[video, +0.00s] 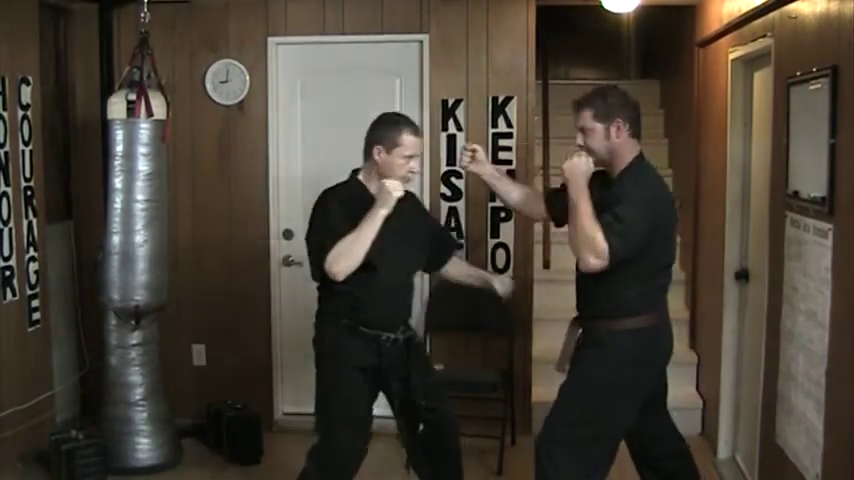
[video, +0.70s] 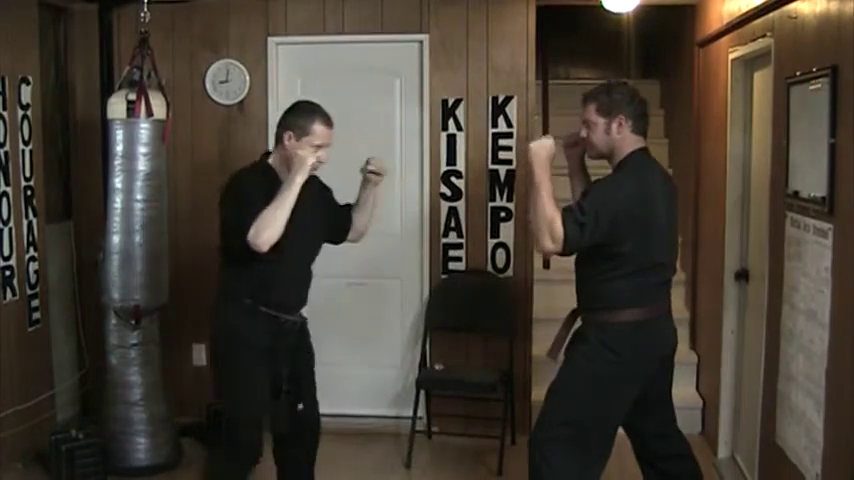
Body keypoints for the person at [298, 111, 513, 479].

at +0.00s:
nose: (415, 167)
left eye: (417, 158)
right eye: (407, 158)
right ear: (377, 154)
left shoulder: (408, 206)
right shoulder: (336, 202)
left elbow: (443, 261)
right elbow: (336, 267)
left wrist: (489, 279)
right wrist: (381, 209)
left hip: (400, 344)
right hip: (345, 344)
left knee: (437, 438)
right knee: (342, 448)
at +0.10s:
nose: (391, 163)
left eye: (394, 154)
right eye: (384, 153)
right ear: (353, 149)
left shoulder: (378, 200)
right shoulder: (313, 198)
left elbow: (414, 256)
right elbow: (324, 263)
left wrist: (449, 250)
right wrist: (366, 202)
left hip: (378, 339)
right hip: (327, 340)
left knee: (421, 435)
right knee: (329, 447)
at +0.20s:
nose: (372, 158)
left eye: (373, 149)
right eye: (364, 148)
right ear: (334, 145)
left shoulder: (353, 194)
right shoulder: (295, 193)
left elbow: (382, 244)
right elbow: (315, 253)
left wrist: (422, 219)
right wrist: (353, 190)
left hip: (358, 336)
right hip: (310, 338)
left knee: (398, 434)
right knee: (315, 449)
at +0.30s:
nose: (357, 154)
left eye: (359, 145)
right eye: (351, 144)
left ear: (329, 143)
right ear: (321, 141)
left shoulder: (340, 189)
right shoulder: (281, 188)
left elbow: (376, 235)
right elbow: (304, 244)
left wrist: (397, 197)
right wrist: (336, 181)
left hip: (342, 332)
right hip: (296, 333)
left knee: (374, 435)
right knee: (304, 449)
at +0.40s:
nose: (348, 152)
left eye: (350, 144)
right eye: (341, 142)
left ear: (322, 139)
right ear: (311, 137)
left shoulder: (335, 186)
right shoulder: (273, 183)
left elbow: (373, 227)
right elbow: (292, 239)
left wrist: (390, 180)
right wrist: (322, 174)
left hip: (329, 328)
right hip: (283, 328)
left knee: (341, 427)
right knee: (294, 438)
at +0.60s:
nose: (336, 155)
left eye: (339, 146)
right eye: (329, 145)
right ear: (300, 139)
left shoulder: (325, 189)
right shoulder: (257, 182)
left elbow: (366, 229)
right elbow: (268, 239)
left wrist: (385, 183)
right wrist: (304, 176)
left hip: (302, 329)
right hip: (256, 327)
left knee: (306, 429)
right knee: (267, 431)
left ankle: (300, 475)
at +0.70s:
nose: (323, 157)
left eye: (326, 149)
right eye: (316, 147)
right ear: (288, 141)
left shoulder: (313, 191)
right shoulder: (246, 183)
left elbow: (350, 230)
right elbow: (260, 239)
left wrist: (368, 187)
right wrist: (296, 178)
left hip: (291, 328)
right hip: (243, 327)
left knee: (301, 433)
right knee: (242, 442)